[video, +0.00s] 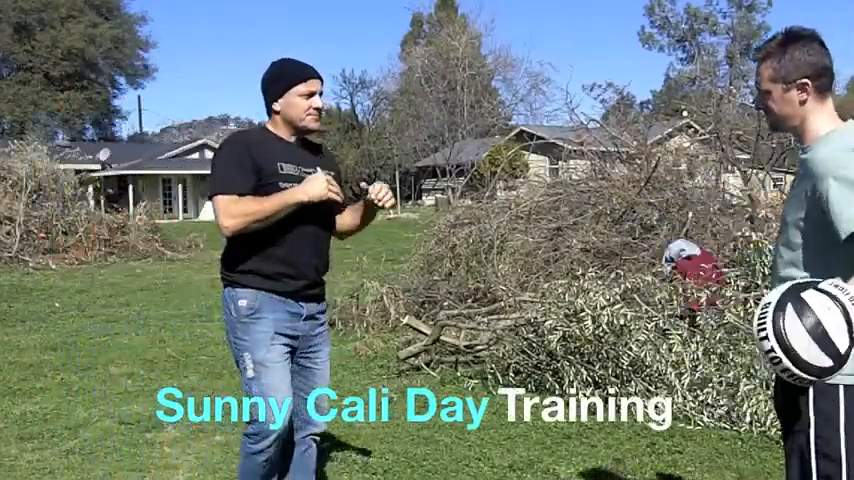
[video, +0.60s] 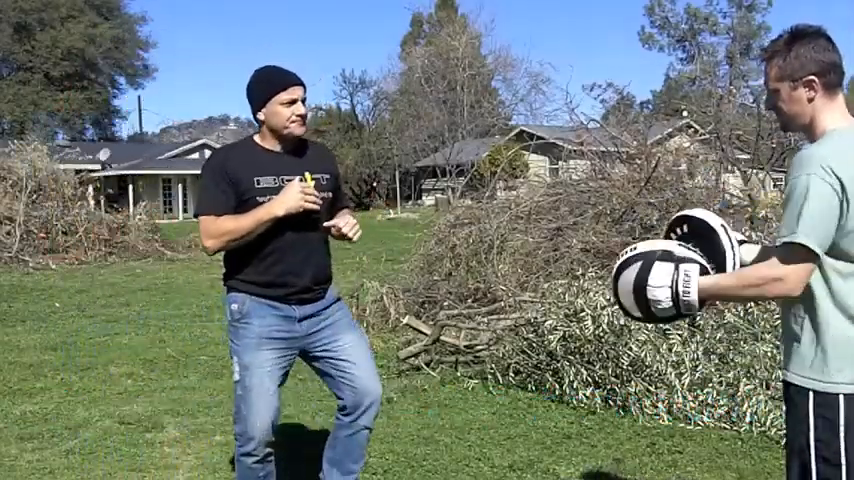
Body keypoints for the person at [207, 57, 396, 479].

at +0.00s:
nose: (318, 104)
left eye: (319, 95)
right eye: (307, 96)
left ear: (319, 99)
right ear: (277, 101)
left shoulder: (320, 158)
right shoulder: (241, 146)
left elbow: (341, 225)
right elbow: (229, 218)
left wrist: (369, 204)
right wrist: (299, 194)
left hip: (311, 306)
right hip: (257, 303)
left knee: (310, 423)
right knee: (272, 421)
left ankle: (300, 478)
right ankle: (254, 476)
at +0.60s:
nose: (301, 110)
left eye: (303, 101)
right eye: (289, 104)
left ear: (306, 104)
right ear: (260, 111)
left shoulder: (320, 157)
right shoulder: (226, 162)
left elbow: (336, 213)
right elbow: (211, 237)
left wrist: (343, 223)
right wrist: (275, 207)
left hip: (323, 306)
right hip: (258, 311)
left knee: (365, 394)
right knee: (256, 432)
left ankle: (338, 474)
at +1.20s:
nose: (380, 126)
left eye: (383, 117)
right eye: (369, 118)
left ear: (385, 119)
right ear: (341, 123)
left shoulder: (400, 169)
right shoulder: (306, 165)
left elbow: (425, 234)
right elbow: (306, 231)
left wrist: (441, 198)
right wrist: (355, 180)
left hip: (385, 317)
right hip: (319, 315)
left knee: (408, 422)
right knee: (284, 421)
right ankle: (264, 476)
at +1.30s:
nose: (392, 128)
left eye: (395, 119)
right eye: (382, 121)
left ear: (397, 121)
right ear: (354, 124)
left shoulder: (406, 172)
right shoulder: (318, 162)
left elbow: (431, 236)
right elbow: (316, 225)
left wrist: (448, 197)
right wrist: (364, 174)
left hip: (388, 318)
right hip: (322, 315)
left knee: (410, 423)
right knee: (284, 420)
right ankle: (261, 476)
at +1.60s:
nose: (387, 132)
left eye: (390, 122)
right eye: (376, 124)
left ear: (393, 122)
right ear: (348, 126)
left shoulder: (401, 170)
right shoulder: (311, 163)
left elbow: (419, 240)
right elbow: (310, 230)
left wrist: (435, 208)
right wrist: (359, 177)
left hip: (381, 318)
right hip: (315, 315)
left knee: (408, 423)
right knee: (278, 421)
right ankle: (257, 476)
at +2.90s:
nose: (499, 156)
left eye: (500, 149)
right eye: (492, 147)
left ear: (468, 151)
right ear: (462, 148)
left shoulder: (464, 189)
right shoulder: (446, 171)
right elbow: (477, 196)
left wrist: (485, 221)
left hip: (429, 320)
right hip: (392, 310)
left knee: (464, 410)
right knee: (367, 413)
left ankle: (474, 476)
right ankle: (289, 474)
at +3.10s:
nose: (470, 137)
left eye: (473, 131)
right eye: (461, 129)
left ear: (474, 138)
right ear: (434, 134)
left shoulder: (465, 190)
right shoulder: (400, 170)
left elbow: (486, 256)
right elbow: (388, 231)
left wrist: (489, 210)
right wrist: (447, 202)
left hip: (441, 317)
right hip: (388, 312)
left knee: (477, 410)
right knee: (365, 410)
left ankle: (478, 477)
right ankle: (318, 472)